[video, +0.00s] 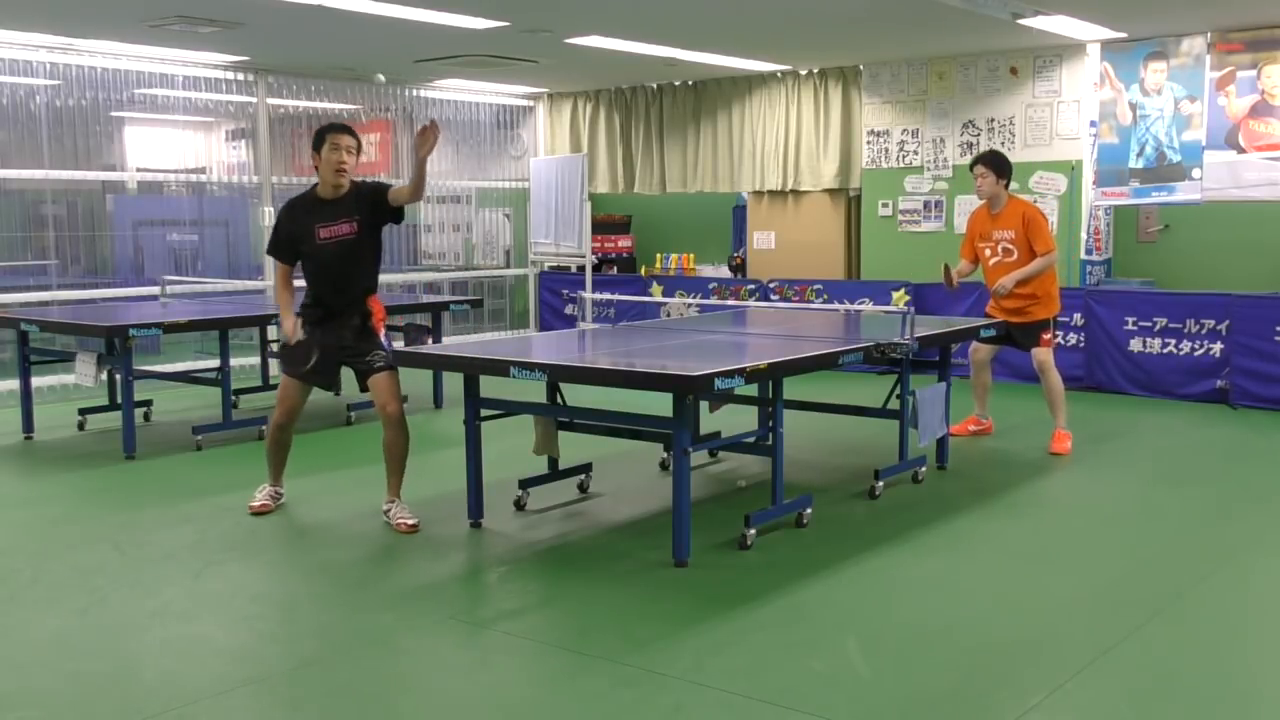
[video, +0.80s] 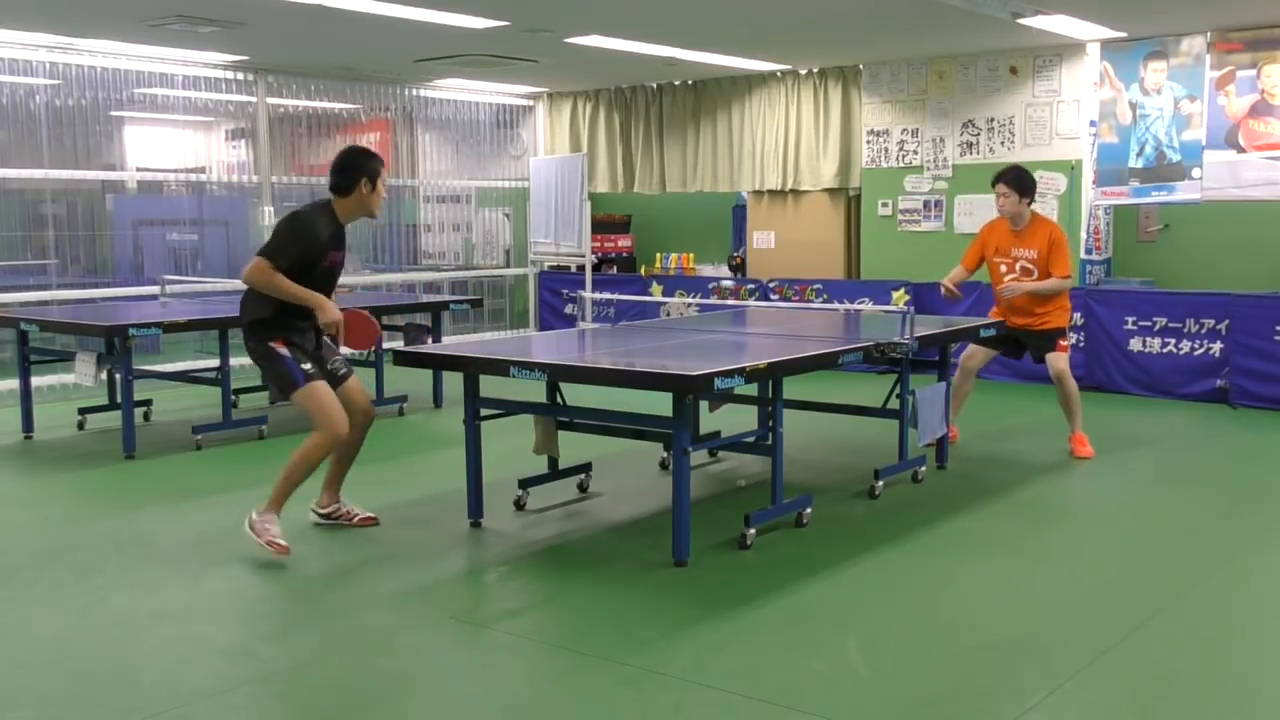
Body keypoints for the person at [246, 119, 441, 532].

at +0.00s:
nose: (344, 159)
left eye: (351, 152)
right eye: (335, 150)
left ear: (357, 160)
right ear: (316, 157)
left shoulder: (370, 196)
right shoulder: (295, 212)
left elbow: (412, 193)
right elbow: (283, 275)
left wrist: (420, 160)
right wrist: (288, 320)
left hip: (363, 320)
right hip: (314, 322)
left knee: (393, 410)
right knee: (282, 418)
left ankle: (394, 501)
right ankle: (274, 487)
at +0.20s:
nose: (314, 150)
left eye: (322, 145)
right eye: (306, 143)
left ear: (331, 157)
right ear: (288, 153)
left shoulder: (347, 193)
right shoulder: (274, 206)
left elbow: (410, 211)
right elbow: (265, 260)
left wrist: (413, 200)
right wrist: (234, 311)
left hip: (341, 318)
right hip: (293, 322)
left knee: (380, 403)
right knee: (273, 416)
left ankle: (393, 500)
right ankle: (273, 486)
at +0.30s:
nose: (307, 161)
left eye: (316, 155)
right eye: (300, 152)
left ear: (325, 165)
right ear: (284, 159)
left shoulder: (341, 201)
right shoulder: (266, 203)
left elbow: (394, 224)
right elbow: (252, 242)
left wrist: (407, 231)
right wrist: (210, 269)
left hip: (333, 320)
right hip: (284, 323)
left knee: (375, 401)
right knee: (268, 417)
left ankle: (391, 499)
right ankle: (273, 487)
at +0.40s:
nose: (314, 192)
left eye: (323, 184)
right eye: (307, 182)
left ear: (333, 185)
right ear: (292, 179)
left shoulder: (343, 218)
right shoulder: (268, 210)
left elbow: (387, 247)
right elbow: (230, 236)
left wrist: (392, 281)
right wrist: (170, 240)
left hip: (328, 326)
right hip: (279, 330)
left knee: (377, 398)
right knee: (265, 430)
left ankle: (366, 491)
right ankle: (274, 488)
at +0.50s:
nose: (338, 236)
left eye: (346, 228)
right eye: (332, 226)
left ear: (353, 222)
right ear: (311, 214)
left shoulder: (354, 247)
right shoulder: (274, 226)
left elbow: (374, 277)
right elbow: (223, 239)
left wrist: (371, 312)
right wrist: (191, 252)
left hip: (325, 338)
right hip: (275, 341)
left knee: (379, 405)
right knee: (266, 446)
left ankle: (330, 482)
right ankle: (276, 488)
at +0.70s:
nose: (392, 221)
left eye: (393, 212)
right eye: (389, 211)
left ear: (362, 209)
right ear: (366, 210)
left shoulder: (349, 244)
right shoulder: (303, 235)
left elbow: (310, 279)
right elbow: (230, 261)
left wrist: (339, 297)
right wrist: (288, 295)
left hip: (312, 335)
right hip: (270, 340)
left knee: (372, 418)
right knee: (303, 443)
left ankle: (331, 502)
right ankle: (262, 468)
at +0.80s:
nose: (384, 195)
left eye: (383, 187)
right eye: (381, 186)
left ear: (355, 186)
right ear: (363, 187)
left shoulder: (335, 228)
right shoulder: (307, 224)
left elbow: (308, 283)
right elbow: (255, 272)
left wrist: (326, 319)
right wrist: (318, 300)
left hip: (306, 330)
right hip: (271, 332)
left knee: (361, 412)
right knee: (334, 426)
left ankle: (328, 503)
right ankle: (267, 515)